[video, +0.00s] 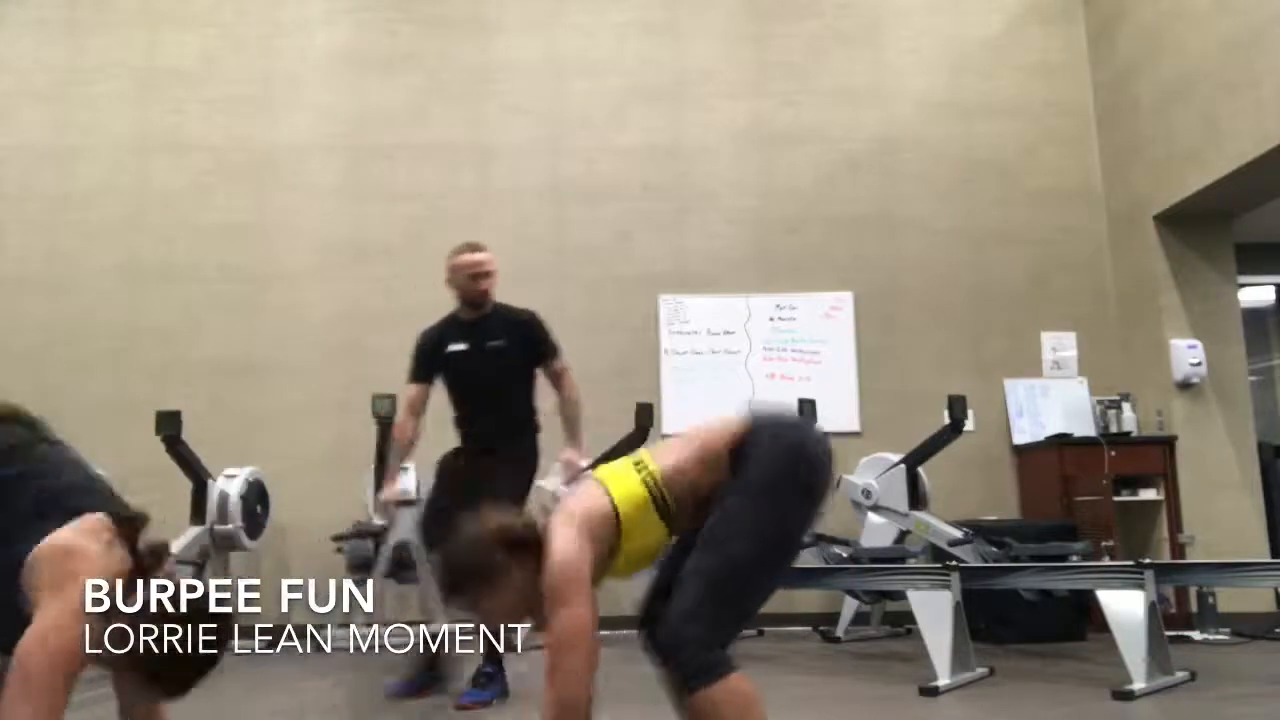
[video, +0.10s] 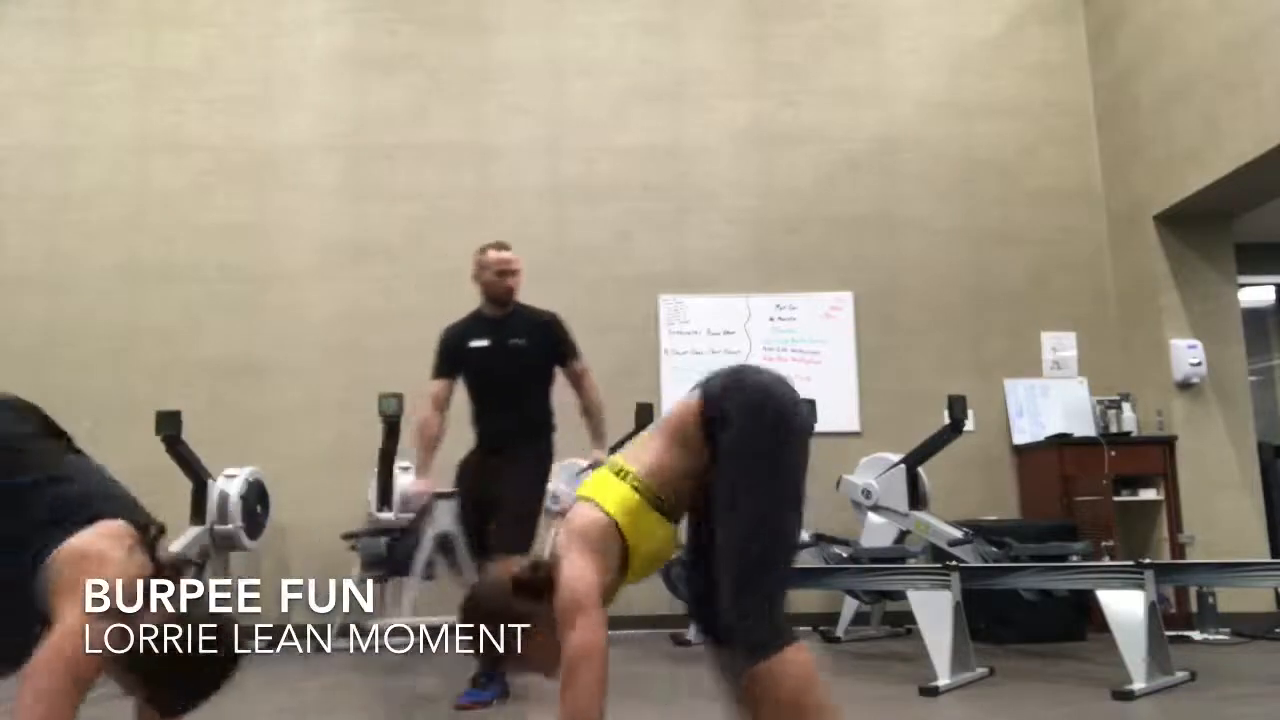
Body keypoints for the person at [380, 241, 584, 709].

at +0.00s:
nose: (481, 285)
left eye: (487, 276)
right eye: (471, 278)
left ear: (497, 277)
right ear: (451, 282)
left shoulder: (524, 326)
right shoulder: (436, 339)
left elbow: (563, 381)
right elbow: (412, 411)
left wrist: (574, 446)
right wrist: (392, 474)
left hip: (516, 456)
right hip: (468, 458)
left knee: (494, 556)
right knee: (431, 544)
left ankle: (492, 667)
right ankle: (431, 657)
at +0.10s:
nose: (508, 281)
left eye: (513, 273)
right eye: (499, 274)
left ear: (521, 276)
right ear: (478, 278)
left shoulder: (546, 327)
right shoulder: (459, 336)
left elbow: (583, 384)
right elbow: (436, 407)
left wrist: (599, 446)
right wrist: (422, 474)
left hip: (530, 455)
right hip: (485, 456)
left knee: (503, 562)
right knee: (482, 558)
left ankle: (490, 674)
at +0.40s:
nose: (581, 283)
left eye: (584, 276)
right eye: (572, 277)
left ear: (589, 277)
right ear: (549, 281)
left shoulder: (612, 325)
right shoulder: (529, 339)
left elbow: (641, 379)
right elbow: (516, 407)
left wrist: (655, 436)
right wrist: (515, 470)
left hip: (608, 446)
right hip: (562, 449)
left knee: (601, 537)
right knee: (562, 540)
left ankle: (625, 619)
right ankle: (570, 624)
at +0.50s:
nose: (599, 285)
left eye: (602, 278)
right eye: (590, 279)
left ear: (606, 280)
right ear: (566, 283)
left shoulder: (629, 327)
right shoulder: (545, 340)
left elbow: (657, 380)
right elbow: (536, 408)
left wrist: (670, 432)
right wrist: (537, 472)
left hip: (626, 450)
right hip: (579, 452)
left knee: (635, 543)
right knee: (570, 550)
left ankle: (665, 639)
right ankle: (580, 651)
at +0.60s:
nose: (625, 290)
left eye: (629, 283)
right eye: (617, 284)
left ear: (634, 285)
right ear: (594, 287)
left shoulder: (657, 330)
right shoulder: (574, 344)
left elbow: (686, 384)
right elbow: (565, 412)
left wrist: (695, 439)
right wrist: (566, 474)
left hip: (654, 453)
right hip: (605, 455)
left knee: (672, 545)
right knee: (584, 550)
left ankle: (713, 639)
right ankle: (581, 653)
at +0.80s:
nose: (663, 300)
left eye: (666, 291)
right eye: (653, 294)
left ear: (671, 290)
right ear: (632, 298)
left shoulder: (701, 331)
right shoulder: (621, 352)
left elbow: (738, 383)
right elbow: (615, 423)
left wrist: (755, 441)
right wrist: (619, 488)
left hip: (701, 456)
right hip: (653, 460)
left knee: (709, 550)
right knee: (642, 549)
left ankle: (719, 644)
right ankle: (643, 645)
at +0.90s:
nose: (662, 306)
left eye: (666, 297)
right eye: (653, 301)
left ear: (673, 296)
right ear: (635, 305)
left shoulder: (706, 332)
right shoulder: (626, 358)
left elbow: (746, 379)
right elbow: (624, 428)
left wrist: (768, 436)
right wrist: (634, 495)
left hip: (711, 454)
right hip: (665, 458)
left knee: (715, 548)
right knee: (663, 550)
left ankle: (719, 643)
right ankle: (681, 642)